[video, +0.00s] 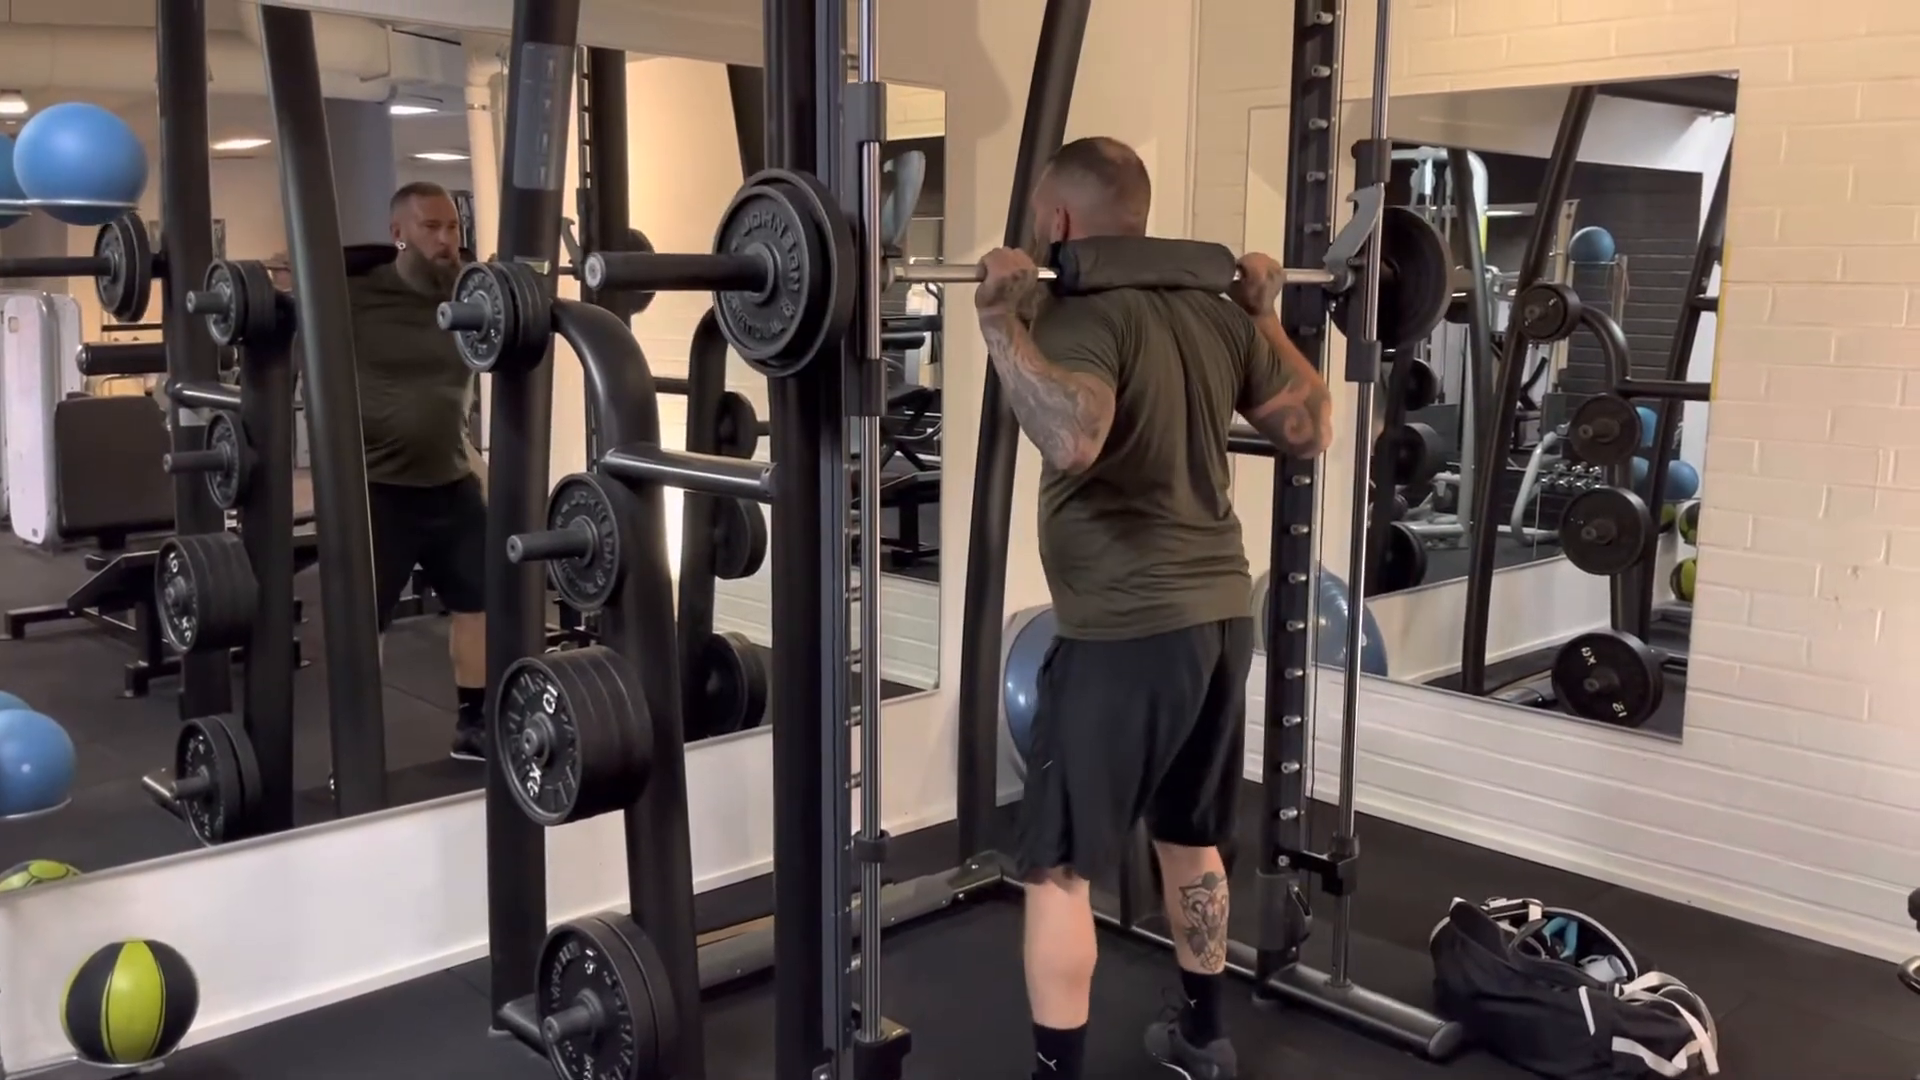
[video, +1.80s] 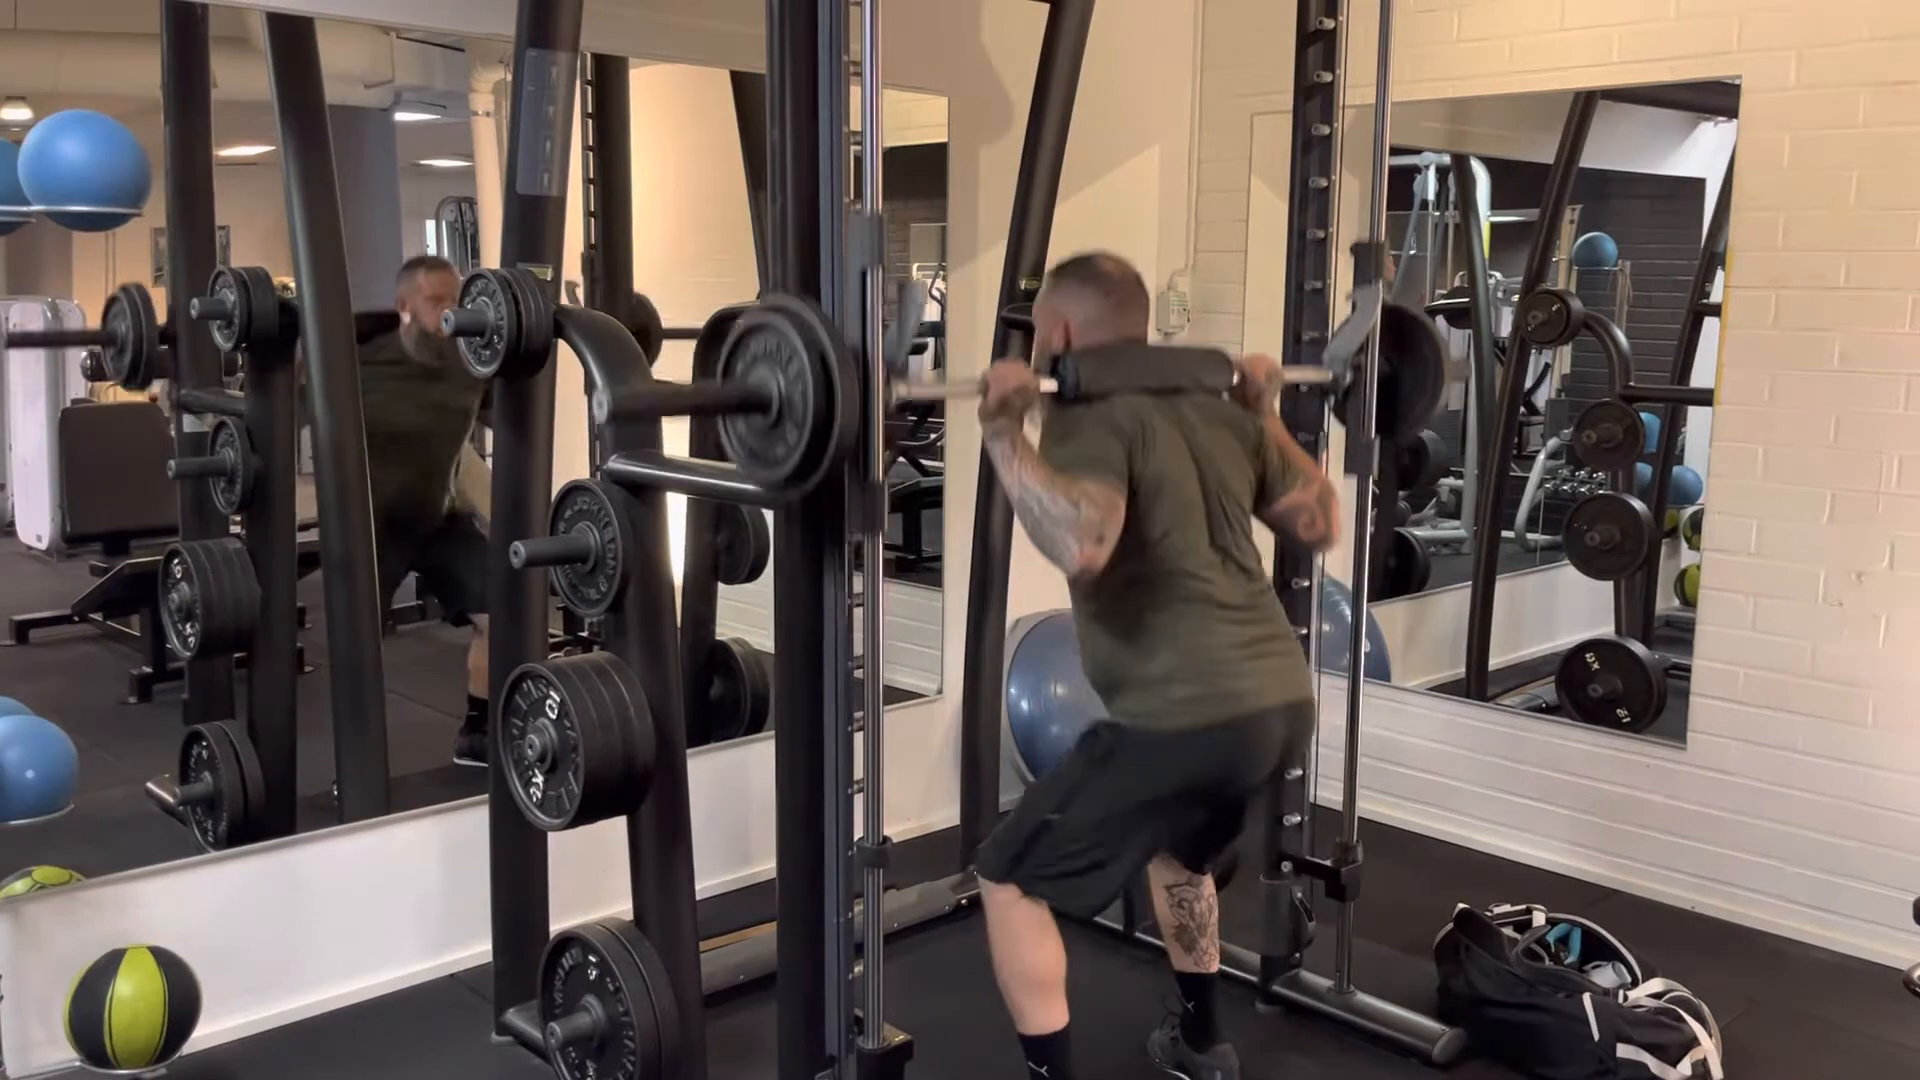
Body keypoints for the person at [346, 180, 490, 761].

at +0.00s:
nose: (449, 238)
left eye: (455, 227)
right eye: (434, 227)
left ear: (462, 232)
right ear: (399, 232)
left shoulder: (467, 297)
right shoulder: (354, 297)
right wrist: (274, 287)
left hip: (452, 484)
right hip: (376, 488)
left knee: (477, 597)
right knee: (359, 619)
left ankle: (475, 723)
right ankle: (352, 737)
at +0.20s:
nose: (449, 260)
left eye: (454, 248)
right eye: (435, 248)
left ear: (462, 251)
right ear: (401, 252)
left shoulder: (467, 313)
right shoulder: (356, 313)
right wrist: (264, 290)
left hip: (445, 495)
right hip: (372, 499)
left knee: (486, 593)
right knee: (353, 625)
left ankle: (476, 726)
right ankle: (350, 744)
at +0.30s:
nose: (447, 289)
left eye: (452, 278)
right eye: (435, 277)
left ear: (457, 280)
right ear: (404, 279)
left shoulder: (460, 344)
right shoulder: (361, 339)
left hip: (445, 510)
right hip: (376, 511)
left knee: (494, 594)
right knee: (355, 630)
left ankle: (476, 726)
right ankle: (352, 752)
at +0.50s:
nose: (453, 365)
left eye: (457, 350)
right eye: (438, 351)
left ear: (467, 353)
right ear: (405, 358)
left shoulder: (471, 408)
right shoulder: (363, 412)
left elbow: (500, 448)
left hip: (436, 551)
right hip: (367, 556)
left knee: (509, 604)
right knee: (352, 644)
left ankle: (477, 726)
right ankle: (353, 756)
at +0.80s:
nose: (454, 451)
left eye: (462, 437)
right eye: (441, 438)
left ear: (470, 435)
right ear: (408, 439)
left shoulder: (477, 485)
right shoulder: (363, 485)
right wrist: (292, 492)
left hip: (435, 616)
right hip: (365, 620)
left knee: (509, 617)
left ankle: (477, 729)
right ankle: (352, 761)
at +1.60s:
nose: (455, 379)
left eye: (461, 366)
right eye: (441, 366)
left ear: (470, 368)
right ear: (407, 370)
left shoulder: (473, 423)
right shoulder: (364, 420)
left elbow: (514, 467)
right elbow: (293, 470)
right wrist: (287, 421)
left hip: (430, 560)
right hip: (360, 565)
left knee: (508, 608)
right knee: (353, 653)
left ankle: (480, 728)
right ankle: (356, 765)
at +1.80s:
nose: (449, 311)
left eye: (454, 300)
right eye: (436, 301)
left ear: (461, 302)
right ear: (405, 306)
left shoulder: (469, 364)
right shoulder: (363, 365)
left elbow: (461, 450)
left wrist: (502, 519)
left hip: (440, 522)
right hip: (372, 527)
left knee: (503, 599)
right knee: (355, 640)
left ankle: (478, 731)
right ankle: (355, 760)